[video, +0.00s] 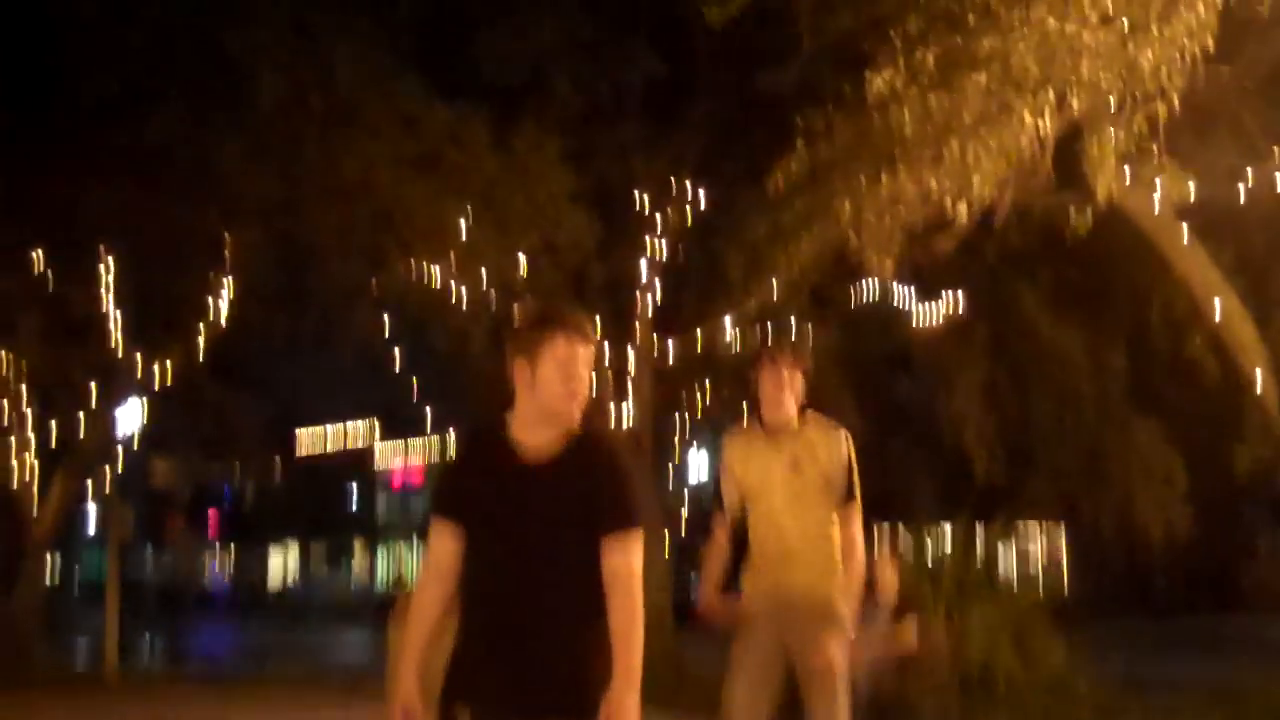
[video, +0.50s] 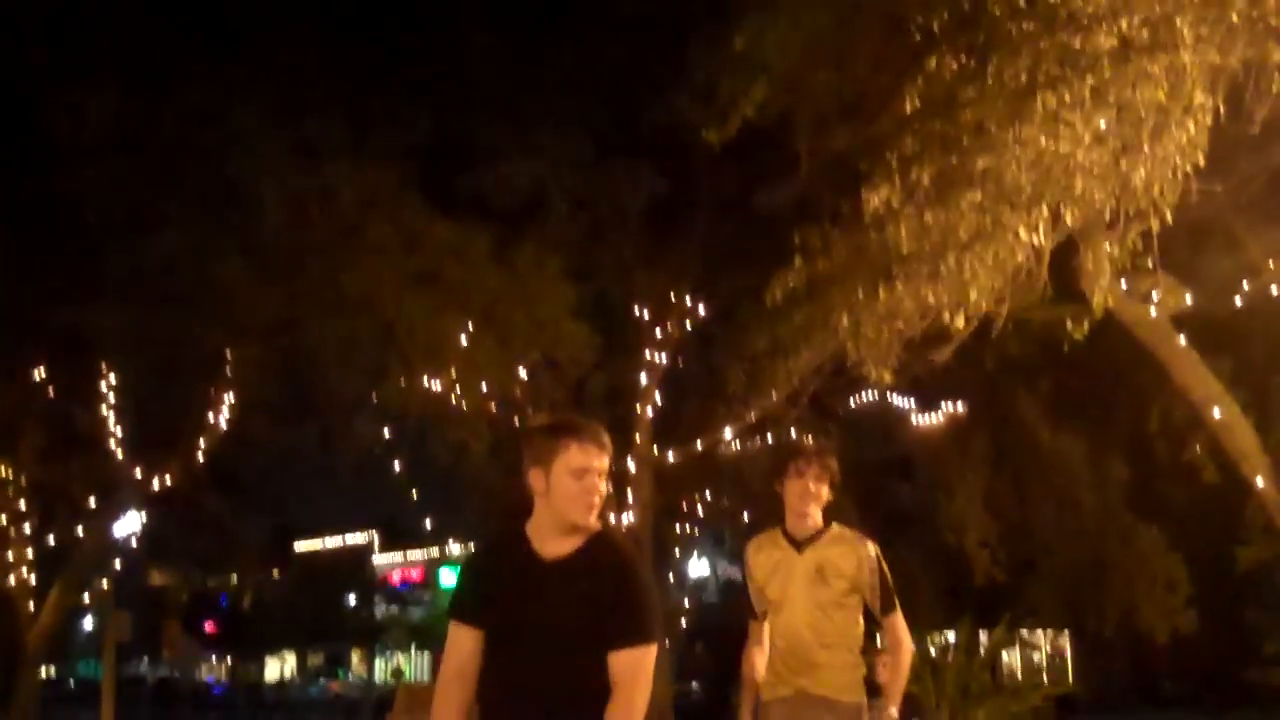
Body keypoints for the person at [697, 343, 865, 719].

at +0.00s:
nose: (780, 390)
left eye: (788, 380)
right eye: (771, 381)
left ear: (802, 385)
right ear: (757, 387)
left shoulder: (834, 440)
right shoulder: (737, 445)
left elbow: (852, 527)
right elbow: (725, 524)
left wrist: (848, 608)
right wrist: (708, 593)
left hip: (821, 606)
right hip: (760, 605)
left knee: (831, 712)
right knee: (742, 708)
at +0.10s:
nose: (791, 397)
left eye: (801, 388)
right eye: (781, 385)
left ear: (811, 399)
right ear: (763, 395)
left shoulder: (841, 460)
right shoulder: (742, 461)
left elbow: (865, 551)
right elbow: (733, 544)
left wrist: (866, 633)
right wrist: (708, 604)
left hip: (828, 620)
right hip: (766, 618)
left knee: (832, 713)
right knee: (742, 712)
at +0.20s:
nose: (802, 419)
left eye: (811, 409)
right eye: (792, 408)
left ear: (824, 419)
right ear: (775, 417)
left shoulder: (853, 478)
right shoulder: (754, 481)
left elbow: (887, 575)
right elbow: (747, 575)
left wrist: (889, 661)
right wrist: (717, 653)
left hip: (840, 651)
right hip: (776, 652)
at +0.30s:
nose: (808, 447)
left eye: (817, 439)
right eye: (798, 436)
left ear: (828, 450)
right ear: (779, 445)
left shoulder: (858, 510)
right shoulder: (755, 512)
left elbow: (901, 599)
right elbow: (752, 596)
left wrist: (891, 675)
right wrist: (731, 672)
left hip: (840, 665)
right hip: (776, 665)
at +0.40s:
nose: (812, 454)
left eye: (821, 446)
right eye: (802, 443)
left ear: (832, 458)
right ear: (782, 452)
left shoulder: (861, 520)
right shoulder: (759, 520)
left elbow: (905, 607)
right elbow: (755, 606)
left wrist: (891, 684)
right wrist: (747, 684)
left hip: (843, 675)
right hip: (780, 674)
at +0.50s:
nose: (809, 487)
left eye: (819, 479)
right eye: (799, 476)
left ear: (829, 492)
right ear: (781, 486)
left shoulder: (859, 551)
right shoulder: (758, 551)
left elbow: (900, 640)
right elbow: (757, 638)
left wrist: (890, 707)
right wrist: (746, 709)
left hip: (841, 702)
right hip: (778, 702)